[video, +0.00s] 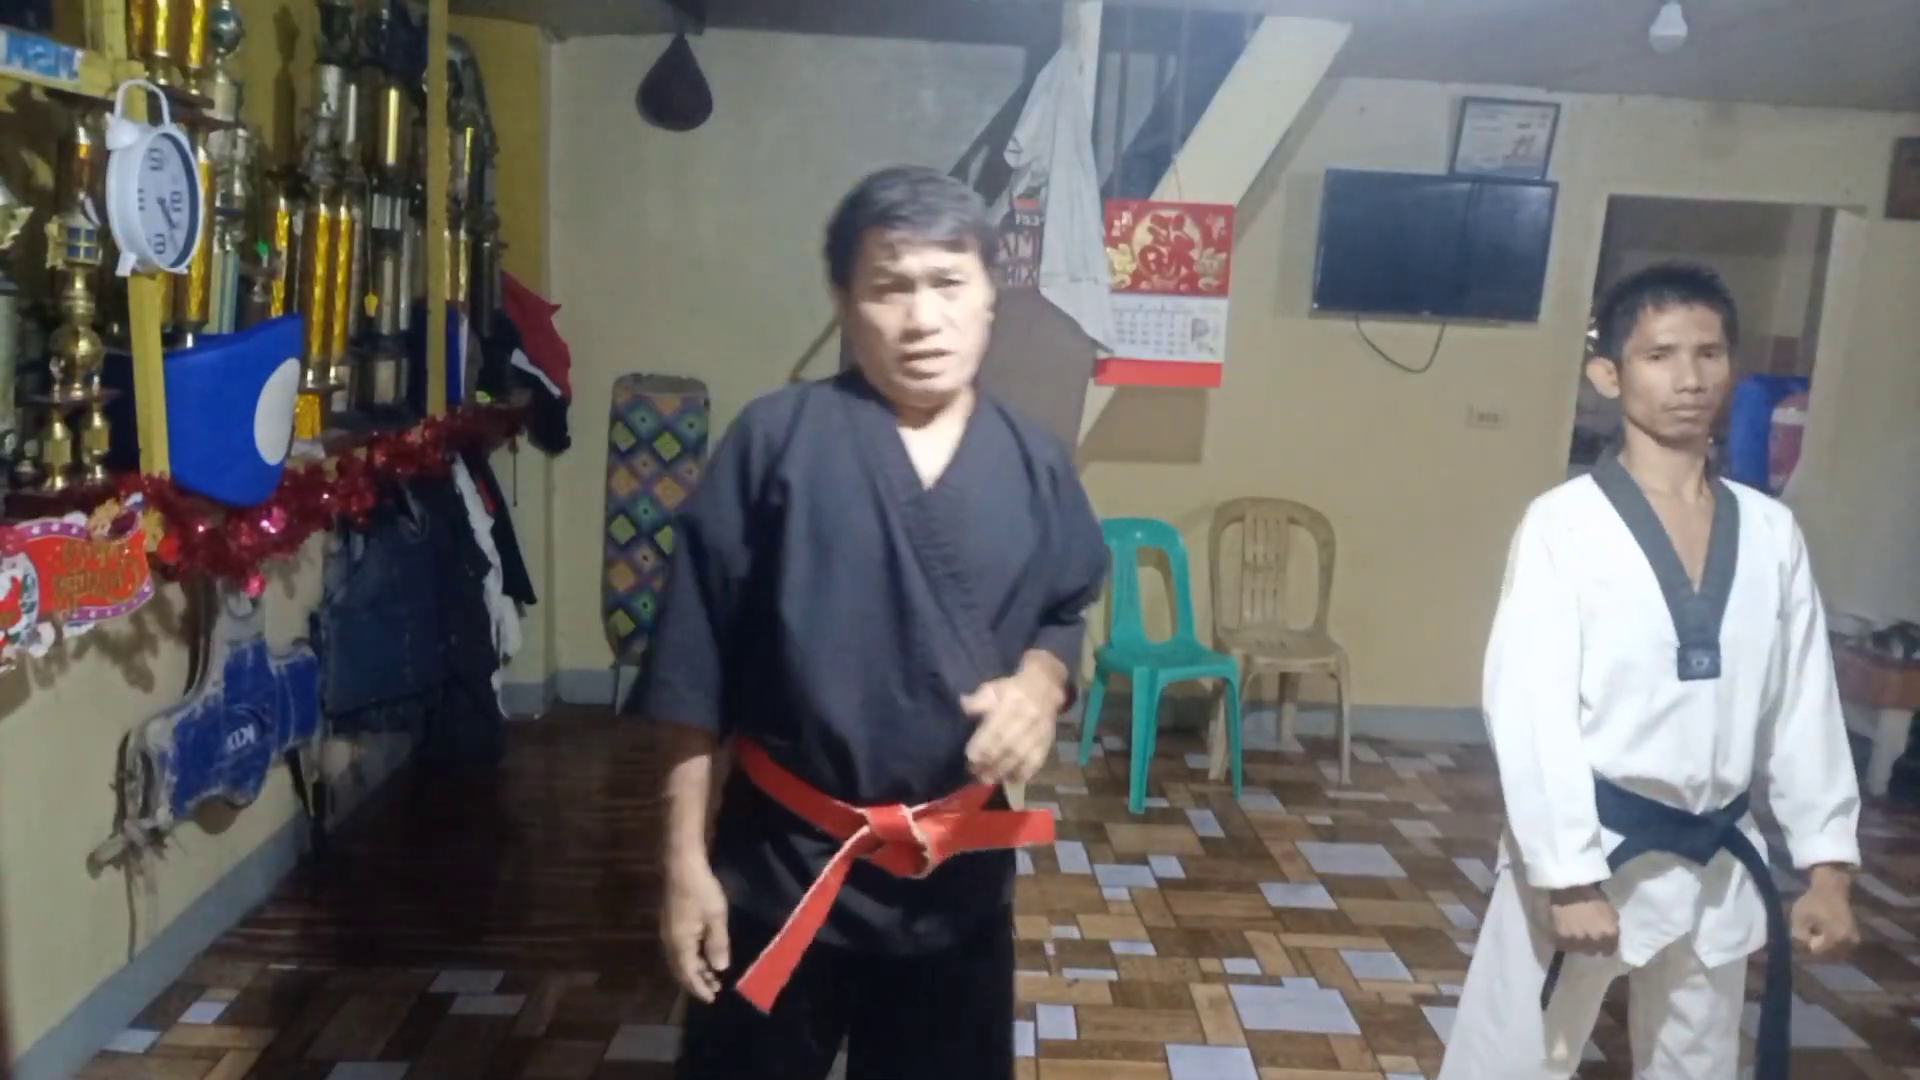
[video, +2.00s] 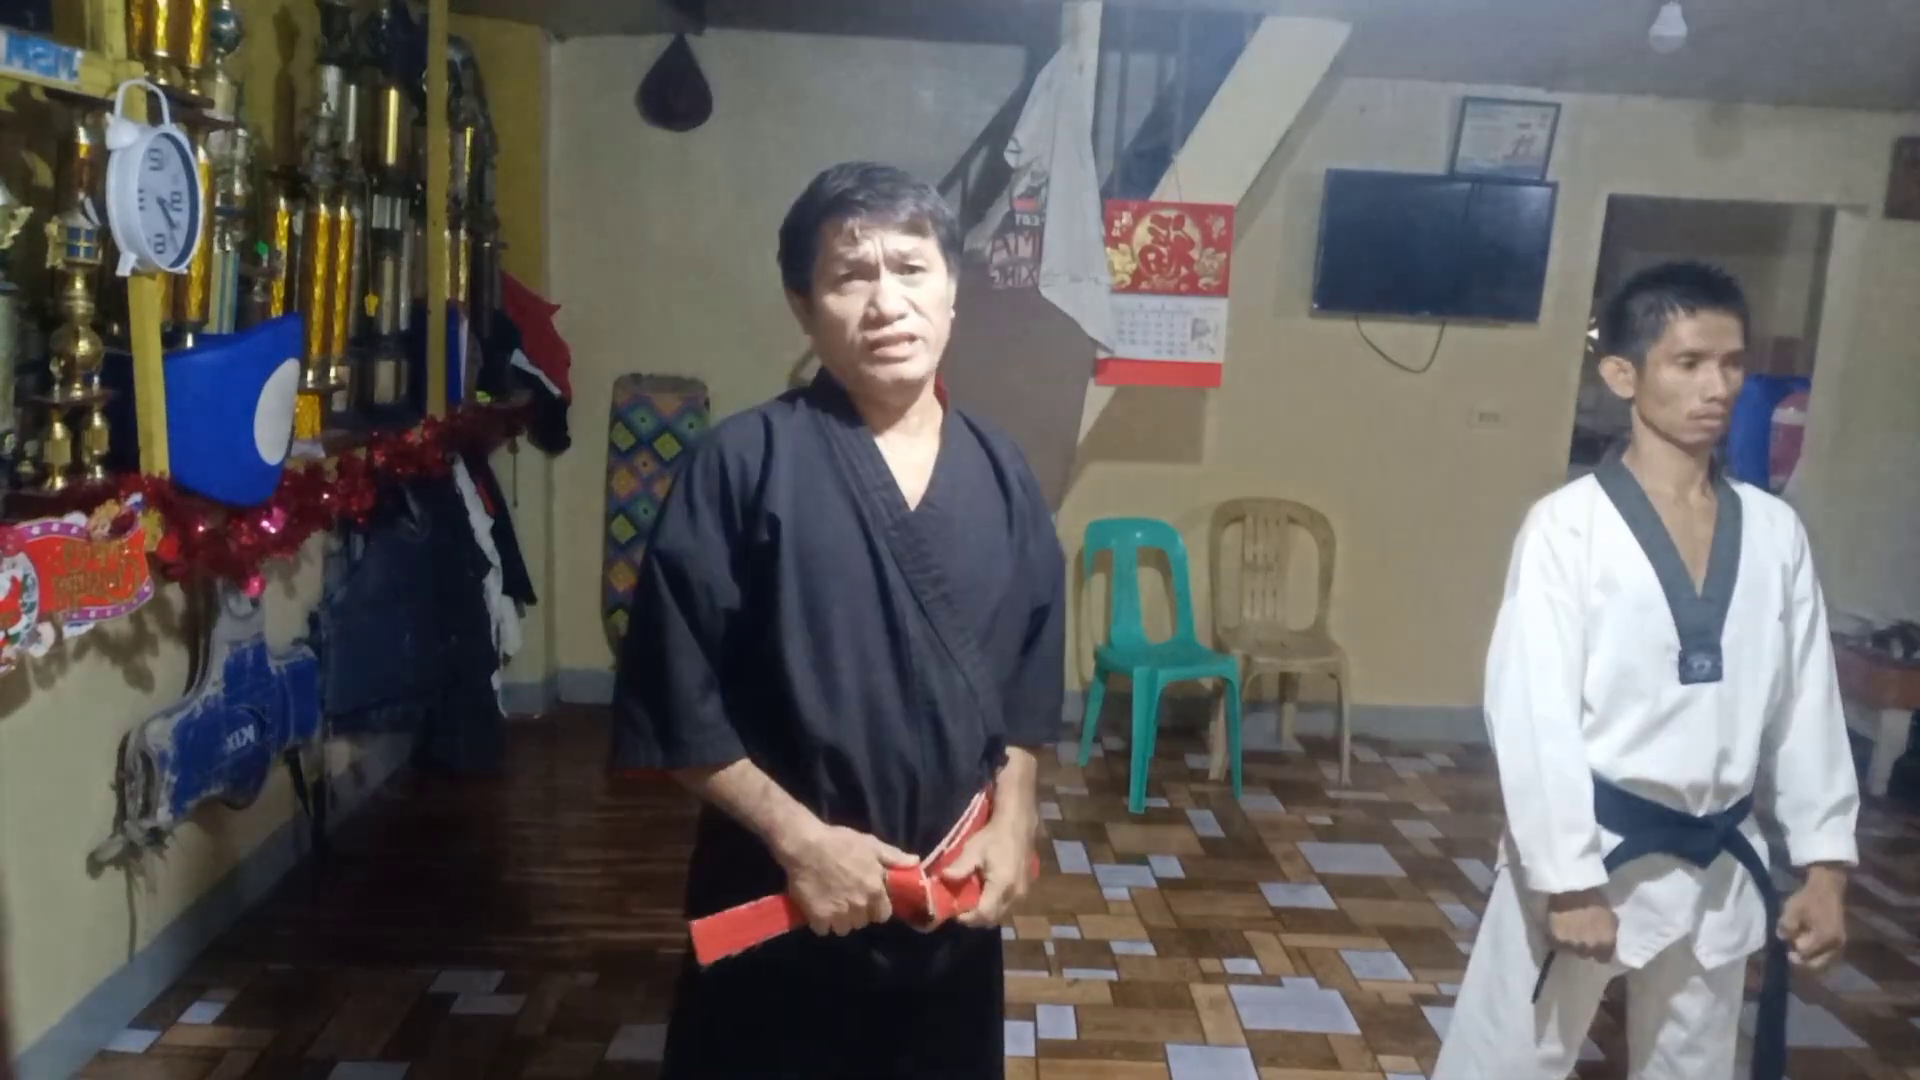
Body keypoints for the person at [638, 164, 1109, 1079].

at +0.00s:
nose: (922, 316)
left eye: (949, 284)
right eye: (891, 288)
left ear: (993, 298)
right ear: (846, 307)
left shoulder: (1035, 462)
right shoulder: (772, 441)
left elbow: (1063, 614)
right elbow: (692, 658)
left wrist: (1042, 686)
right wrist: (684, 859)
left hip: (958, 883)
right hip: (784, 880)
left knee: (954, 1069)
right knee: (744, 1068)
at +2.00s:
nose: (887, 302)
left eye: (912, 271)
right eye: (853, 277)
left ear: (953, 291)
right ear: (805, 309)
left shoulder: (1000, 470)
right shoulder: (740, 464)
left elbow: (1032, 658)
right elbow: (668, 693)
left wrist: (1014, 814)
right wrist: (802, 840)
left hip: (953, 931)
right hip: (776, 931)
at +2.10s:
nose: (893, 304)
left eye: (916, 272)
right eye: (858, 280)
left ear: (955, 291)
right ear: (809, 311)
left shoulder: (1003, 474)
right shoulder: (746, 465)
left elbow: (1027, 662)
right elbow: (675, 689)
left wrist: (1013, 816)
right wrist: (802, 840)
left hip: (954, 926)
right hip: (779, 927)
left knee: (951, 1070)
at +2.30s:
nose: (898, 309)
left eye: (921, 275)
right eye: (862, 284)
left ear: (962, 291)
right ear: (816, 315)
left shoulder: (1005, 466)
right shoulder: (753, 465)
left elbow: (1037, 657)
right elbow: (684, 690)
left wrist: (1017, 811)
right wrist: (806, 845)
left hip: (956, 929)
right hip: (788, 932)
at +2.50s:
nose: (897, 310)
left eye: (920, 277)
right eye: (861, 286)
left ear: (961, 292)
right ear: (815, 315)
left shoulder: (1009, 465)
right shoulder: (752, 465)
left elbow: (1043, 656)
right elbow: (686, 689)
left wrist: (1021, 813)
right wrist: (799, 851)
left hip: (960, 926)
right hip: (789, 931)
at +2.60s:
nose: (899, 312)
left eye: (920, 278)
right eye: (862, 288)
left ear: (960, 291)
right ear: (816, 317)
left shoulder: (1013, 464)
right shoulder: (753, 464)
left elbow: (1044, 655)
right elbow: (684, 687)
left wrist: (1021, 813)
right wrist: (793, 848)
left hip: (961, 930)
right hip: (789, 933)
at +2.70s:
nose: (900, 313)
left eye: (922, 279)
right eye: (865, 289)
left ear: (963, 292)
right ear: (818, 316)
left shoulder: (1014, 465)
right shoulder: (754, 464)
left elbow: (1047, 654)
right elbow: (684, 687)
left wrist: (1022, 809)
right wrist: (791, 847)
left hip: (960, 931)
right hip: (787, 933)